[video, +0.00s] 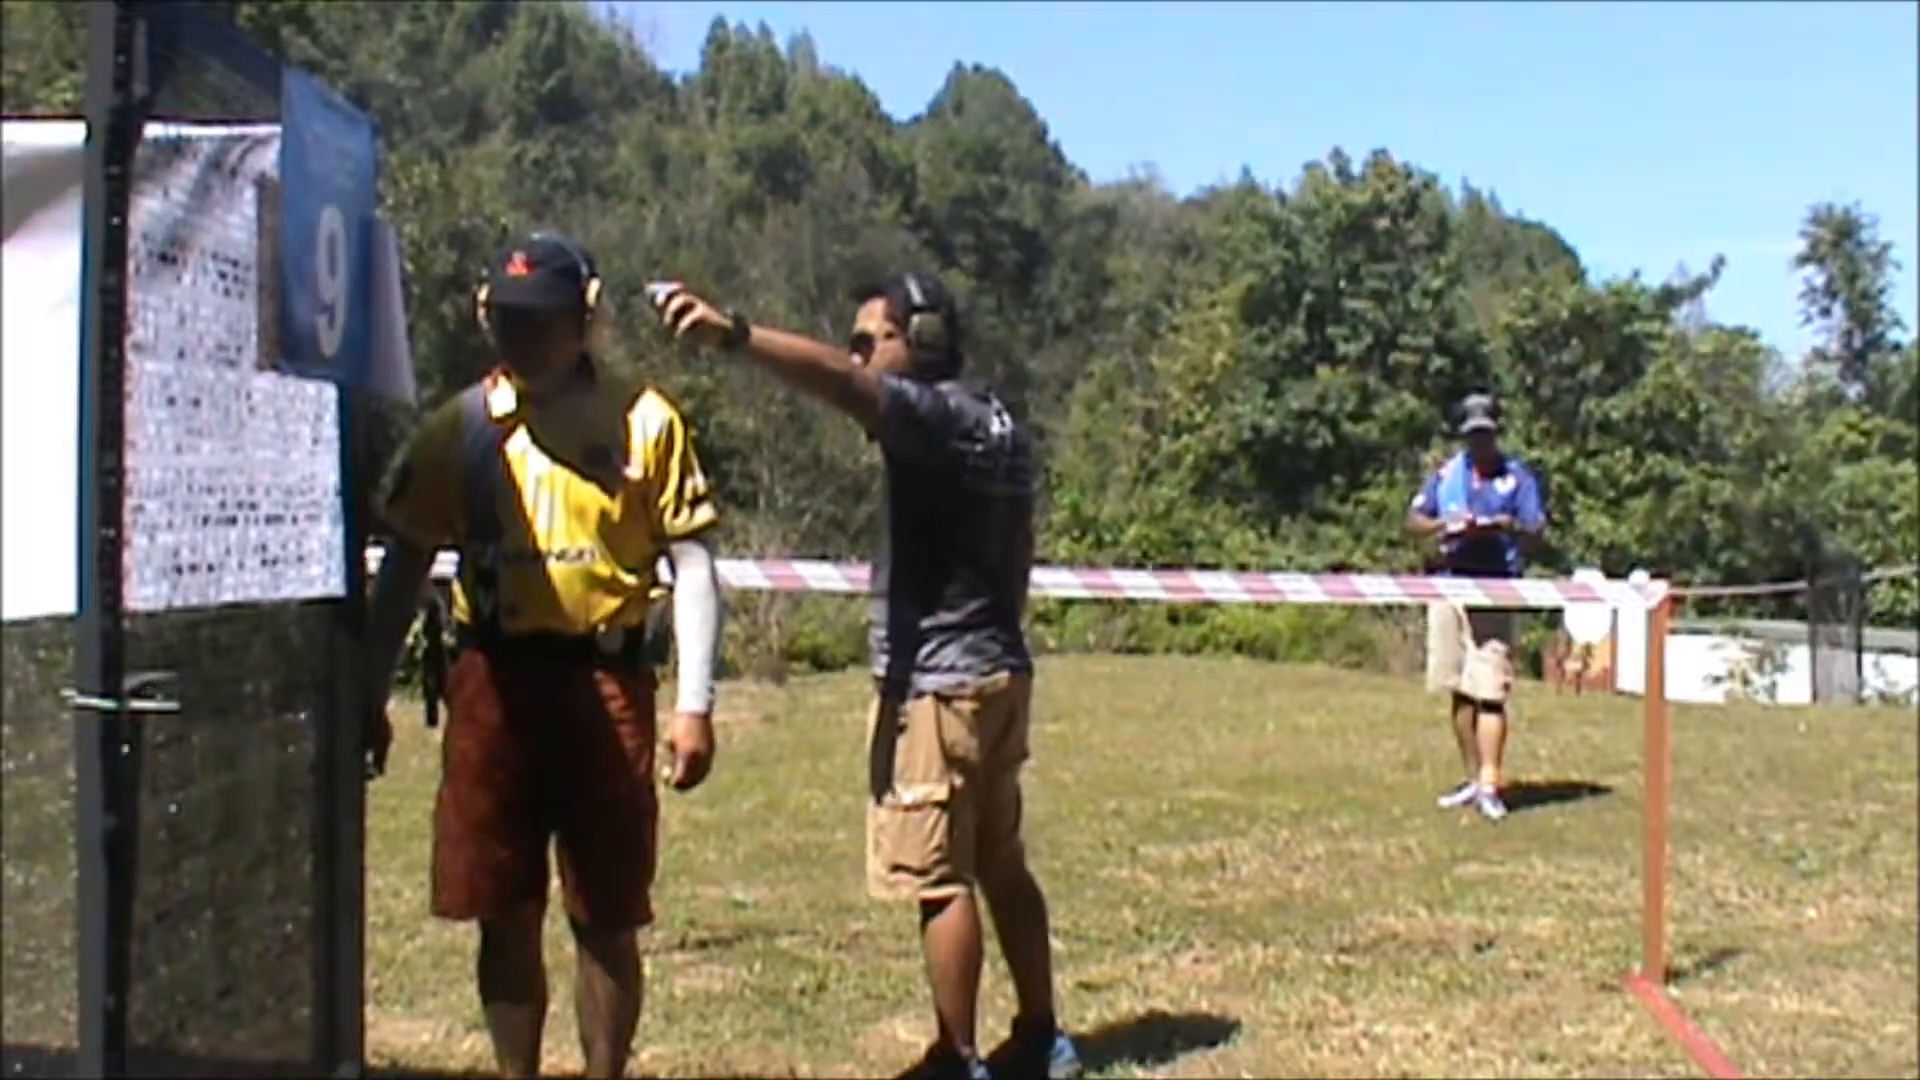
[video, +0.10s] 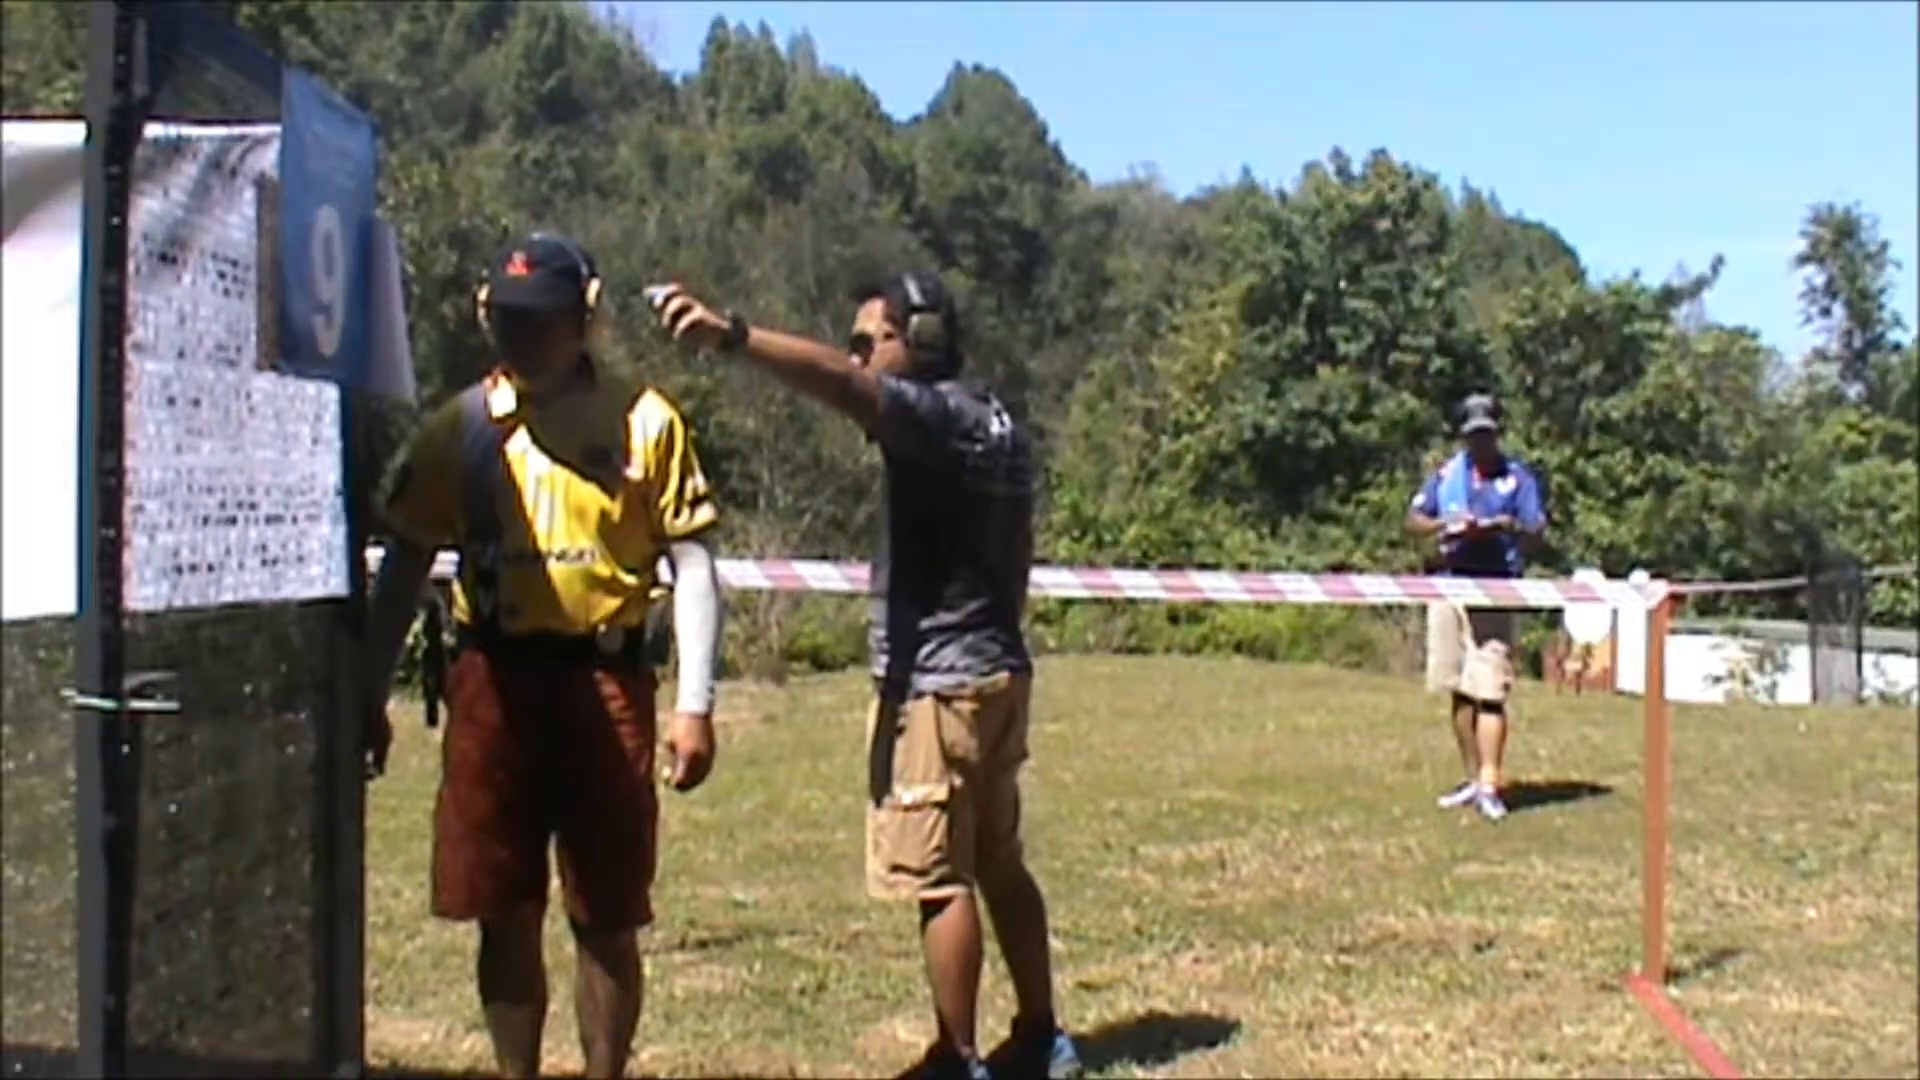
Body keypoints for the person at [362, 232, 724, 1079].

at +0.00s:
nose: (516, 339)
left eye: (536, 323)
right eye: (506, 320)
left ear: (585, 323)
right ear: (488, 317)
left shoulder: (645, 423)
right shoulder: (463, 426)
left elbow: (692, 565)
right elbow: (405, 565)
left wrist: (695, 700)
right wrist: (370, 695)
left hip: (605, 694)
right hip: (495, 694)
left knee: (606, 923)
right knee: (503, 915)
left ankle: (605, 1071)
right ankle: (517, 1071)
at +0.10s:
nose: (516, 339)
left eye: (536, 323)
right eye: (506, 320)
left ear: (585, 324)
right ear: (488, 316)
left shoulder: (645, 424)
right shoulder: (463, 426)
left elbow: (693, 565)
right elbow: (405, 564)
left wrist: (695, 701)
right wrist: (370, 695)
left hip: (605, 694)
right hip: (495, 694)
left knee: (606, 923)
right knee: (503, 915)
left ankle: (605, 1071)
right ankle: (517, 1071)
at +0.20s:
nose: (518, 338)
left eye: (538, 323)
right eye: (507, 320)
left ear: (585, 323)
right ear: (489, 317)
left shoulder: (645, 423)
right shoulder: (463, 426)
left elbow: (693, 565)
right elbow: (405, 565)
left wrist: (696, 701)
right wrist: (369, 695)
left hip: (605, 692)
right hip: (495, 693)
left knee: (607, 923)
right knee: (503, 915)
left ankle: (607, 1071)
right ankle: (517, 1072)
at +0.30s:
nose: (518, 337)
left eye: (538, 322)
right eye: (507, 319)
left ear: (585, 323)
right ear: (490, 317)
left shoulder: (645, 424)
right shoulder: (463, 426)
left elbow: (693, 565)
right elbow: (405, 565)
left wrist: (696, 701)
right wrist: (369, 695)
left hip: (606, 692)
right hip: (495, 693)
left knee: (607, 923)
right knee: (503, 914)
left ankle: (607, 1071)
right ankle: (517, 1072)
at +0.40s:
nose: (519, 338)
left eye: (538, 323)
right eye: (507, 320)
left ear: (585, 323)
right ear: (490, 317)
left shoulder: (645, 424)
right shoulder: (463, 426)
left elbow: (693, 565)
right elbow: (405, 565)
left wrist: (696, 701)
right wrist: (369, 694)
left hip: (606, 692)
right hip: (495, 693)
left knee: (607, 923)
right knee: (503, 914)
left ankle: (607, 1071)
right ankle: (517, 1072)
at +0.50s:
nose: (519, 338)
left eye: (539, 323)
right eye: (507, 320)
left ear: (586, 323)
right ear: (490, 317)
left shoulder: (645, 424)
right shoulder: (463, 426)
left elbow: (693, 565)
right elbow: (405, 565)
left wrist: (695, 701)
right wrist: (369, 695)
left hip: (606, 692)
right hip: (495, 693)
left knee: (607, 923)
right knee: (503, 914)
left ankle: (607, 1071)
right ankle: (517, 1072)